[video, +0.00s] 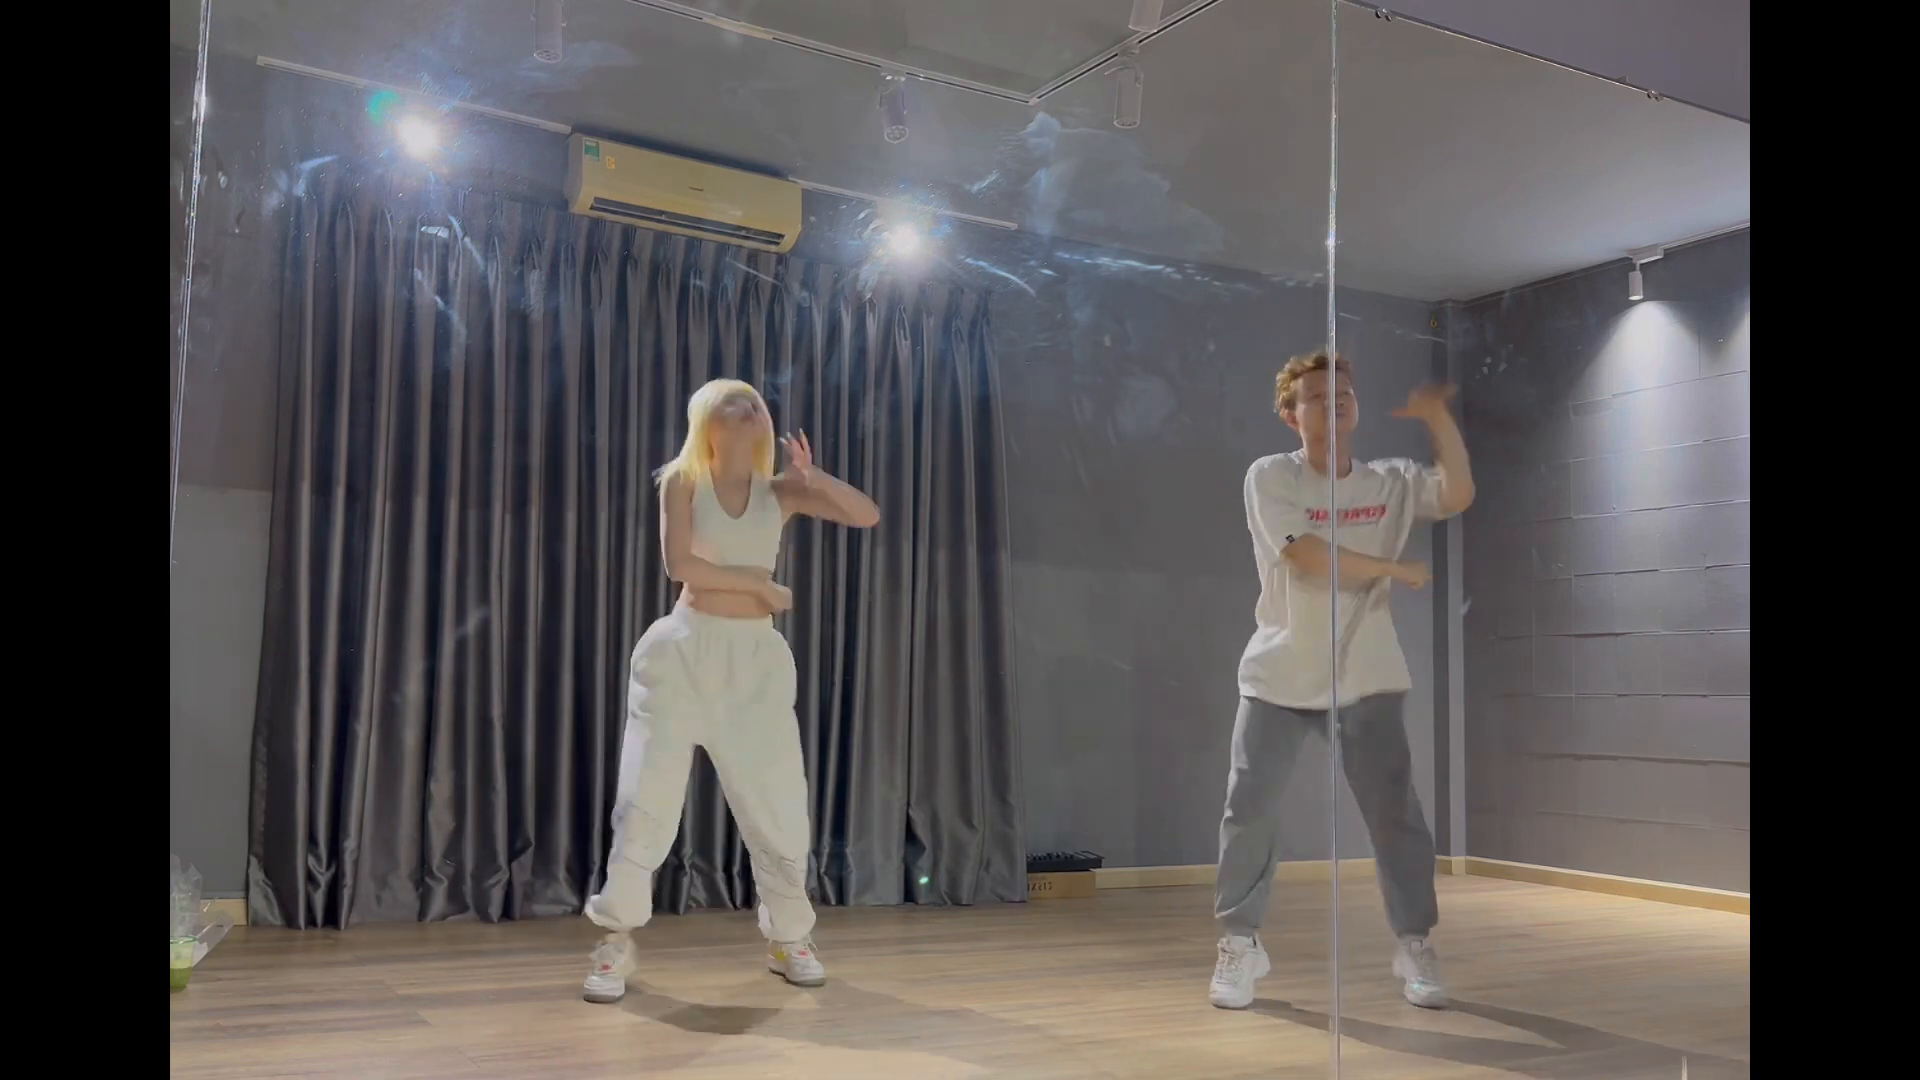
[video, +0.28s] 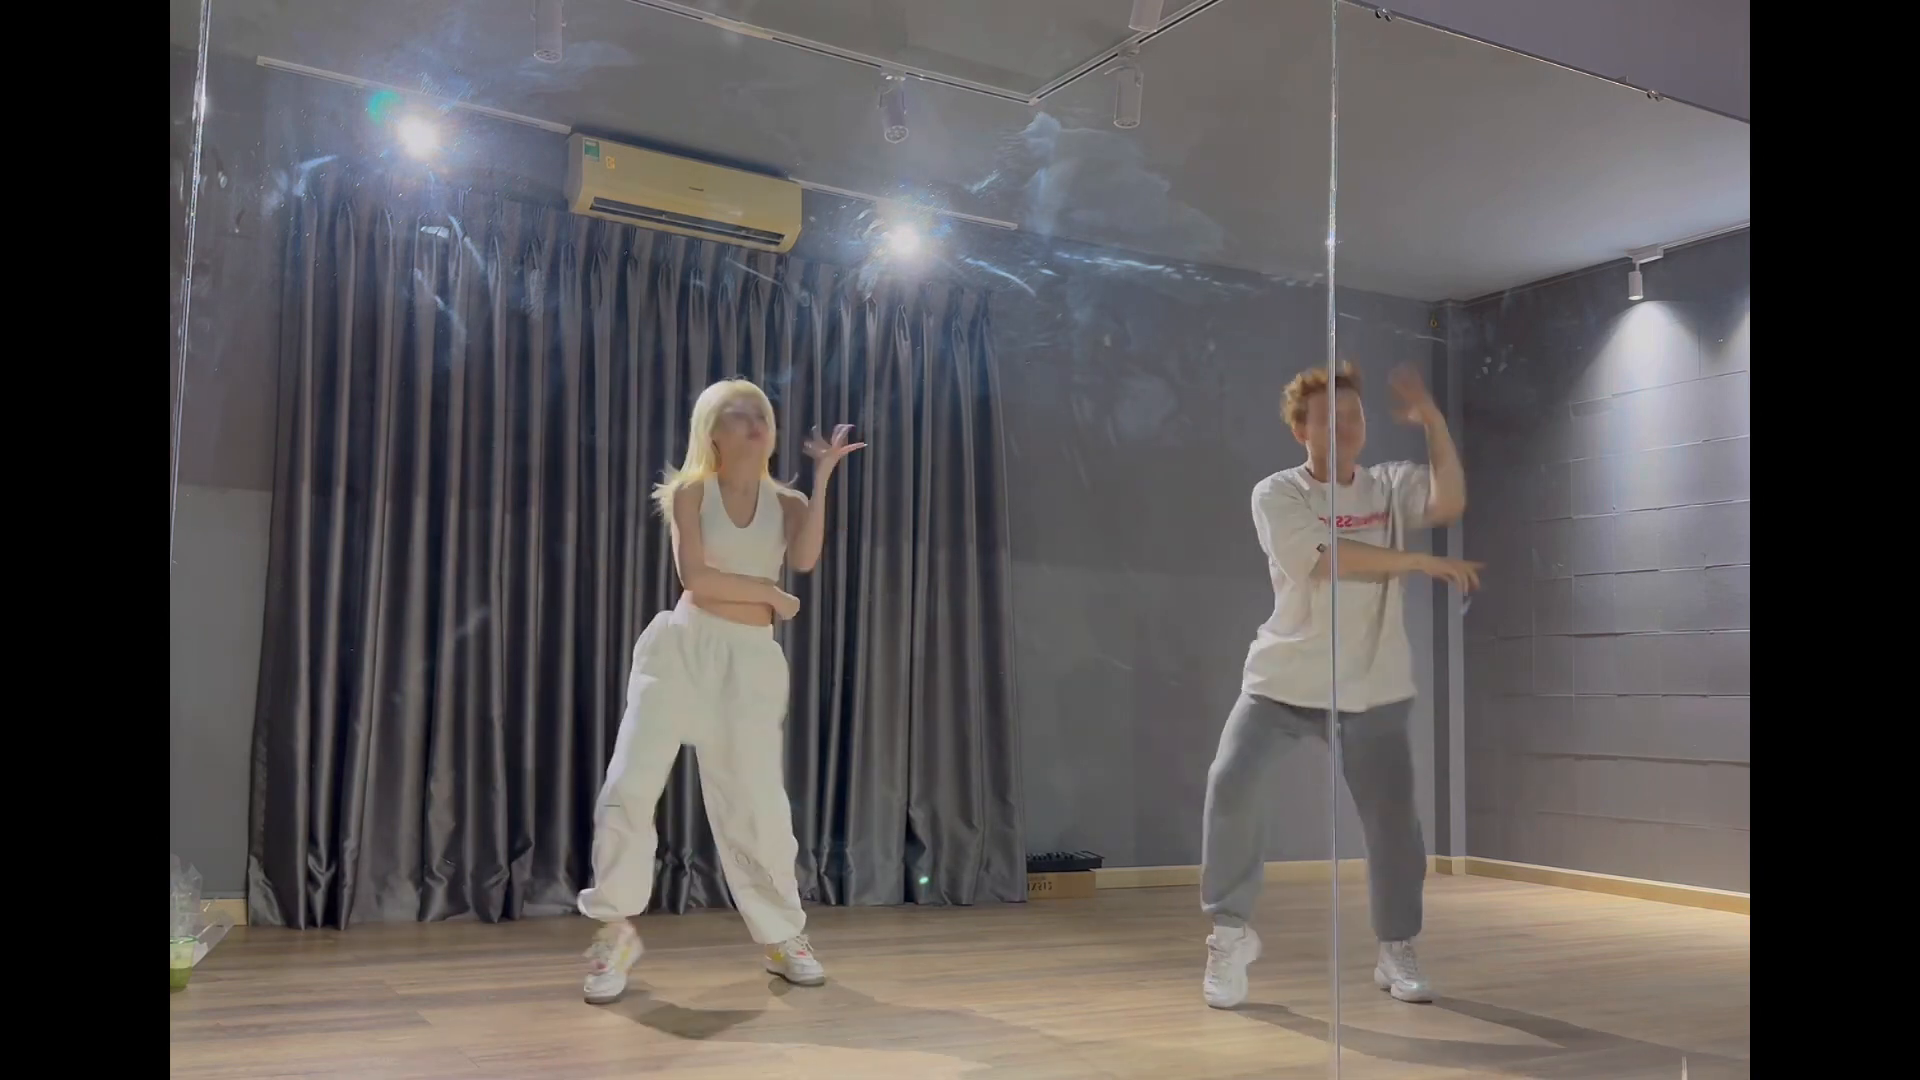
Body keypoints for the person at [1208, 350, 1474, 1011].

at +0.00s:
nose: (1331, 409)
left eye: (1341, 398)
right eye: (1315, 400)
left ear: (1357, 407)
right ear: (1291, 413)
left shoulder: (1391, 480)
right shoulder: (1271, 477)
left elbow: (1458, 493)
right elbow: (1302, 554)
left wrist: (1441, 421)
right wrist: (1393, 568)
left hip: (1368, 674)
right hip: (1281, 673)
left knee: (1393, 809)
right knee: (1248, 804)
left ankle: (1415, 946)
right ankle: (1238, 944)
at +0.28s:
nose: (1345, 427)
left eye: (1353, 416)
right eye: (1330, 418)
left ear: (1365, 424)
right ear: (1301, 430)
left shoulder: (1391, 486)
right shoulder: (1277, 494)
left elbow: (1450, 498)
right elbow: (1319, 558)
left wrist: (1430, 419)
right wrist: (1426, 562)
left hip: (1373, 685)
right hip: (1284, 679)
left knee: (1393, 817)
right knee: (1230, 779)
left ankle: (1398, 949)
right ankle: (1229, 934)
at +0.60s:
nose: (1356, 449)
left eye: (1365, 438)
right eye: (1342, 437)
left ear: (1376, 440)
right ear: (1312, 438)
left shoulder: (1384, 500)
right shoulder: (1277, 488)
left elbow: (1426, 533)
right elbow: (1324, 548)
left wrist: (1430, 454)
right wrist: (1419, 559)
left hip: (1378, 686)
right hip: (1291, 679)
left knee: (1400, 814)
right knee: (1227, 780)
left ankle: (1399, 950)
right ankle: (1232, 931)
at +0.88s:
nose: (1333, 470)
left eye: (1343, 459)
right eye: (1320, 458)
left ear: (1353, 467)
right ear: (1290, 460)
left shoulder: (1371, 533)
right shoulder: (1256, 511)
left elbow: (1432, 536)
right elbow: (1300, 573)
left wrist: (1414, 479)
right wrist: (1380, 601)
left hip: (1378, 714)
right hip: (1287, 709)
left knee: (1400, 841)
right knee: (1211, 785)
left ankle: (1401, 959)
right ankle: (1233, 935)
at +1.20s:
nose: (1305, 487)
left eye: (1313, 477)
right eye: (1292, 476)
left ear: (1321, 483)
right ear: (1259, 480)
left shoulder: (1334, 528)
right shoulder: (1230, 541)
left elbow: (1377, 563)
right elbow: (1292, 596)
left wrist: (1308, 529)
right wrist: (1380, 603)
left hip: (1316, 722)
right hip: (1246, 721)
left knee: (1399, 816)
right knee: (1226, 839)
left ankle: (1375, 956)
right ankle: (1162, 958)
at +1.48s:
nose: (1354, 483)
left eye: (1360, 475)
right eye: (1345, 467)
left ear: (1362, 476)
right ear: (1307, 459)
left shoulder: (1322, 513)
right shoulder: (1286, 518)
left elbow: (1359, 475)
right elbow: (1369, 583)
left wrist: (1409, 442)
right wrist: (1422, 599)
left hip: (1407, 710)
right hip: (1341, 724)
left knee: (1451, 836)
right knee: (1302, 844)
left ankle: (1390, 962)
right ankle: (1204, 942)